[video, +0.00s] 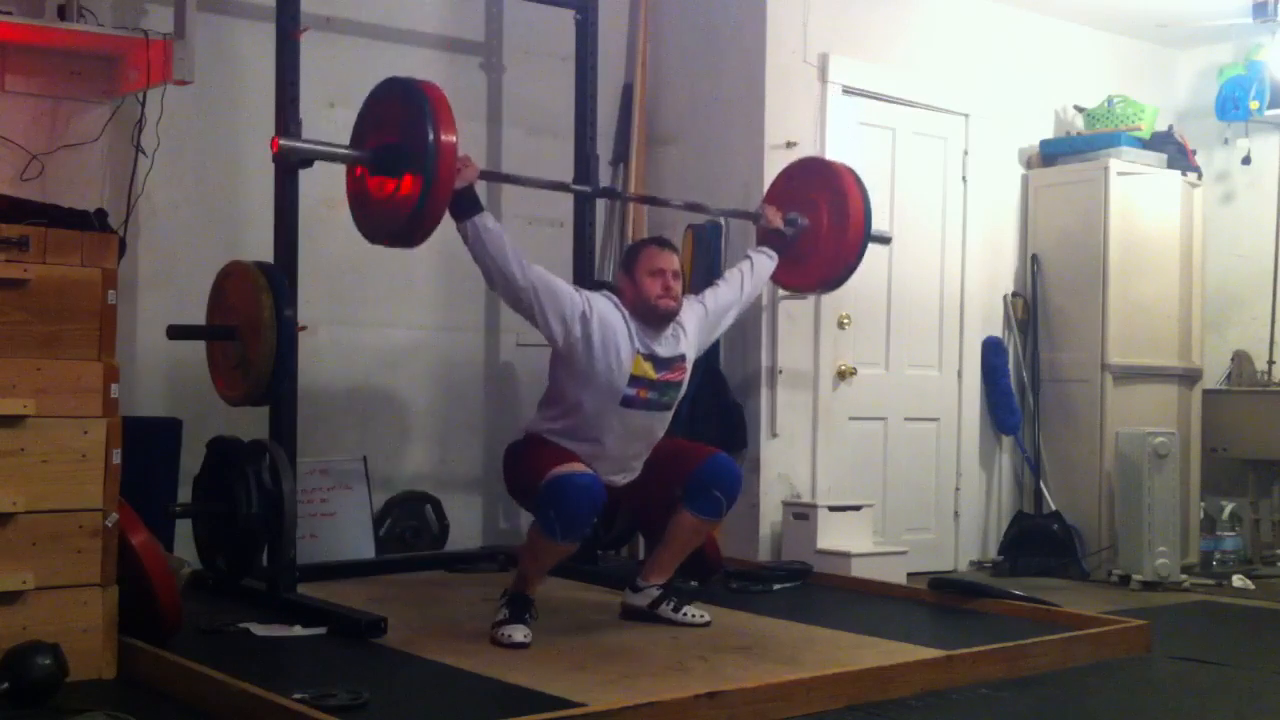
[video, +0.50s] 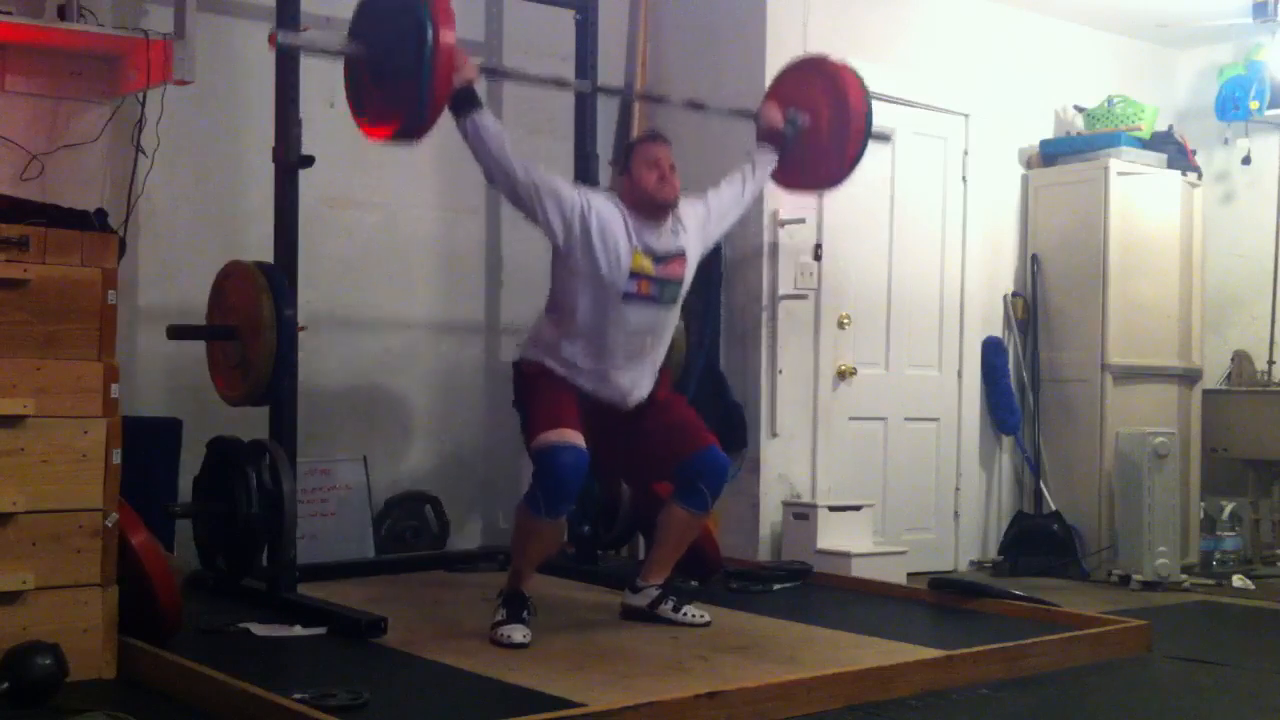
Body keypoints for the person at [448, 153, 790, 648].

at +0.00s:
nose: (670, 283)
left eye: (676, 276)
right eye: (657, 274)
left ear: (682, 285)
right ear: (624, 282)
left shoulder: (690, 326)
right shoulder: (588, 316)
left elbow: (737, 288)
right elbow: (516, 276)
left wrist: (771, 241)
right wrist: (465, 200)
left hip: (635, 460)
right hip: (553, 453)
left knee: (719, 474)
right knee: (579, 495)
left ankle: (648, 591)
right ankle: (519, 599)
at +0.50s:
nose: (666, 175)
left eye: (672, 167)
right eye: (652, 166)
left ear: (679, 180)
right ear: (621, 177)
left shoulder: (690, 224)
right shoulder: (585, 212)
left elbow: (742, 188)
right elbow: (512, 172)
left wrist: (772, 143)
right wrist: (466, 97)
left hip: (636, 388)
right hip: (558, 374)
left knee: (707, 468)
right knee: (564, 470)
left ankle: (648, 590)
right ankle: (515, 599)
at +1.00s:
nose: (649, 70)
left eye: (656, 61)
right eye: (636, 60)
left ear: (665, 69)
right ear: (607, 68)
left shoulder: (678, 120)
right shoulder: (573, 101)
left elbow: (730, 85)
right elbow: (503, 41)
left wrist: (765, 38)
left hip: (653, 308)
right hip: (577, 303)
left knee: (662, 452)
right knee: (573, 453)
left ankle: (645, 590)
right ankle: (556, 600)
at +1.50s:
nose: (616, 67)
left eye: (624, 59)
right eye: (604, 57)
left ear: (632, 68)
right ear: (576, 63)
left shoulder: (646, 128)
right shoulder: (548, 113)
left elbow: (705, 147)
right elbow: (466, 127)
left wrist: (765, 122)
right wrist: (448, 84)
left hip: (656, 297)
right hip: (580, 295)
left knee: (663, 441)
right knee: (578, 442)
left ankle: (656, 579)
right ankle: (563, 592)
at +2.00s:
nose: (699, 260)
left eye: (710, 250)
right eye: (695, 245)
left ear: (720, 244)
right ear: (668, 222)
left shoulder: (714, 275)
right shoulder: (605, 250)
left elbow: (746, 340)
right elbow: (525, 312)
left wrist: (770, 408)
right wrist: (473, 402)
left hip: (635, 368)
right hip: (561, 357)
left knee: (661, 459)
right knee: (564, 450)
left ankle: (645, 596)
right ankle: (555, 600)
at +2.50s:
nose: (693, 419)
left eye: (703, 412)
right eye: (692, 406)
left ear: (716, 395)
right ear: (674, 371)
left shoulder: (712, 381)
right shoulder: (613, 371)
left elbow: (752, 449)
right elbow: (542, 448)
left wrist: (788, 526)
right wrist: (491, 544)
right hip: (538, 350)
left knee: (673, 452)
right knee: (574, 458)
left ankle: (648, 593)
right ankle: (554, 597)